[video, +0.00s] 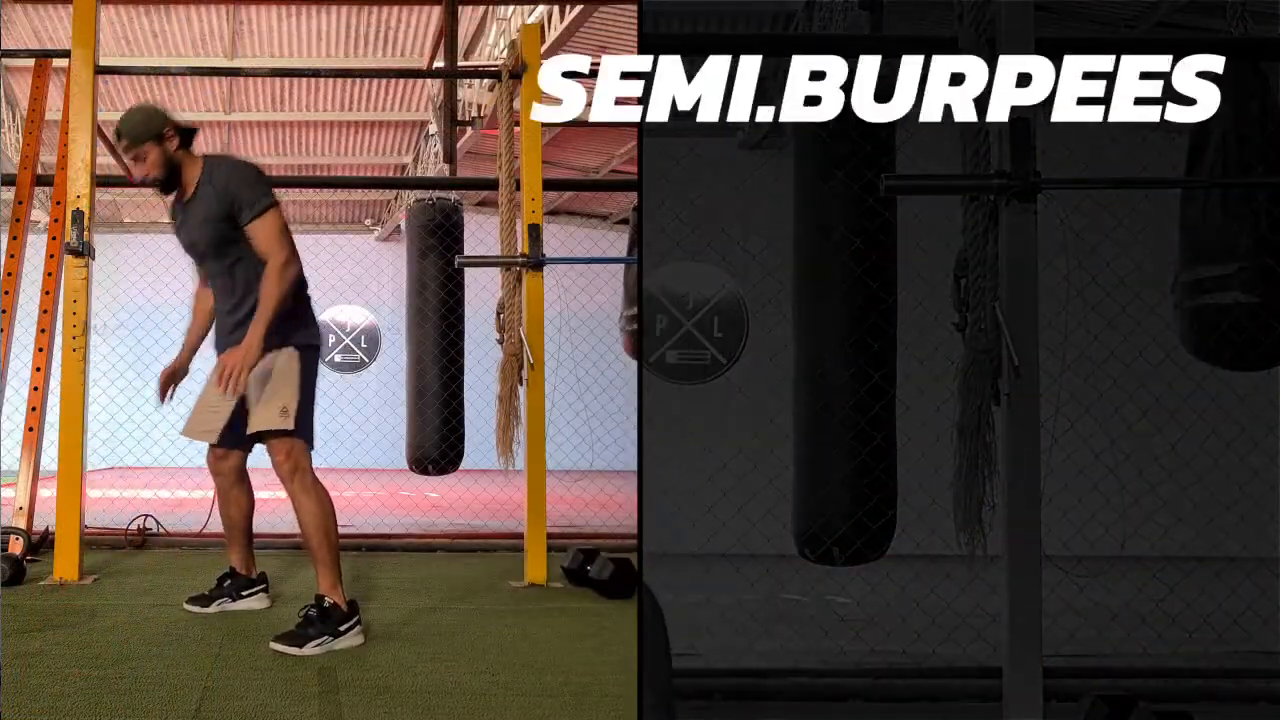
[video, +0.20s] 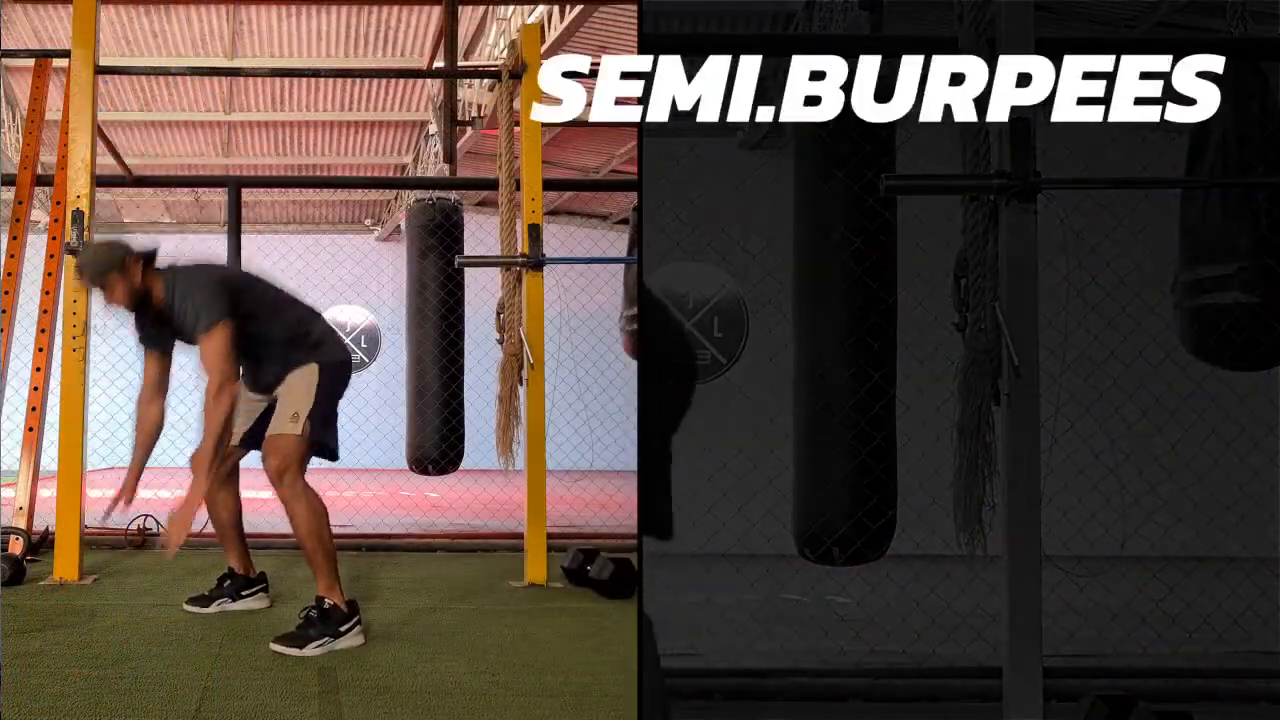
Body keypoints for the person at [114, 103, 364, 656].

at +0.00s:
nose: (137, 172)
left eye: (140, 157)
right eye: (128, 162)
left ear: (171, 138)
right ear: (128, 161)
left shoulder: (234, 176)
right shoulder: (183, 205)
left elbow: (283, 261)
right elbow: (211, 282)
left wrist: (251, 344)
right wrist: (186, 355)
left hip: (283, 337)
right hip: (238, 342)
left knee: (291, 462)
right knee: (224, 460)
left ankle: (336, 606)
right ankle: (244, 575)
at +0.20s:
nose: (108, 299)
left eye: (108, 285)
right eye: (101, 290)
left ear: (134, 266)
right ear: (130, 273)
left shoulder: (200, 290)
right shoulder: (152, 313)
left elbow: (224, 388)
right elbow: (152, 396)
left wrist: (192, 501)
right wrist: (133, 475)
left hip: (313, 357)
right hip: (261, 371)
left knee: (282, 466)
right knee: (213, 462)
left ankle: (336, 606)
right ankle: (243, 577)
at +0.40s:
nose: (112, 450)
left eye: (109, 440)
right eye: (105, 444)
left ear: (123, 418)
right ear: (119, 416)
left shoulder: (167, 403)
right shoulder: (130, 408)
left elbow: (165, 522)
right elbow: (118, 512)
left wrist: (136, 628)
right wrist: (85, 597)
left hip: (311, 341)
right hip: (268, 357)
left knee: (289, 463)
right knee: (233, 461)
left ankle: (337, 607)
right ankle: (247, 576)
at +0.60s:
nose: (71, 497)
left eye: (63, 491)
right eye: (61, 494)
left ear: (74, 467)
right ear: (70, 462)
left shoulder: (131, 435)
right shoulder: (89, 441)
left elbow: (158, 548)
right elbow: (106, 533)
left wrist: (146, 649)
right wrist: (91, 612)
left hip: (267, 370)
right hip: (237, 398)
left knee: (329, 486)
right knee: (288, 484)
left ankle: (460, 534)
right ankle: (381, 516)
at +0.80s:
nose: (40, 474)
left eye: (35, 464)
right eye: (31, 469)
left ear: (49, 438)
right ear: (46, 436)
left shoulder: (125, 432)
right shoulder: (80, 439)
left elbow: (151, 545)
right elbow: (102, 528)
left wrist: (146, 648)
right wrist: (90, 609)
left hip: (267, 481)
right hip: (242, 494)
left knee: (362, 548)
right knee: (338, 542)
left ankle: (499, 565)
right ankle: (420, 550)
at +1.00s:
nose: (56, 491)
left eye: (50, 482)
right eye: (46, 486)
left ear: (61, 455)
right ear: (56, 452)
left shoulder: (123, 432)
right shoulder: (82, 439)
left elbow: (149, 546)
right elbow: (101, 526)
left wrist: (145, 649)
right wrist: (91, 608)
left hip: (269, 407)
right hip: (242, 433)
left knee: (348, 509)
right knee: (295, 506)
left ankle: (484, 552)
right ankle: (392, 535)